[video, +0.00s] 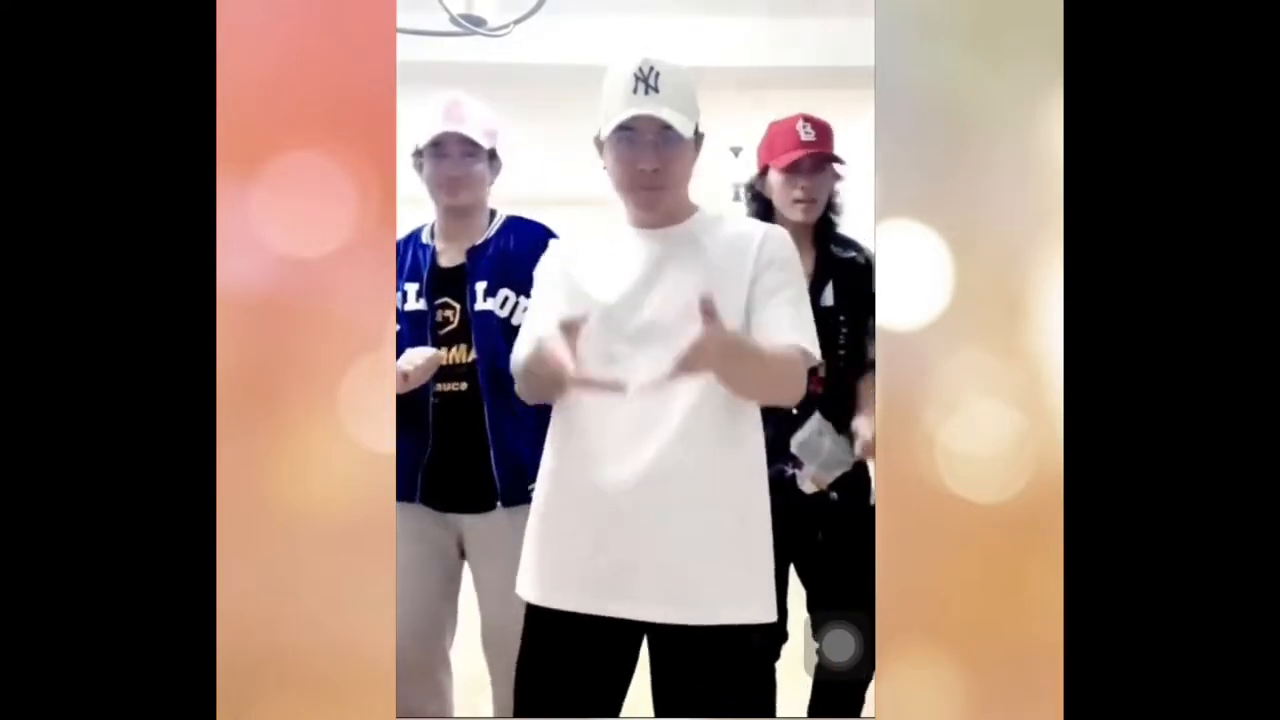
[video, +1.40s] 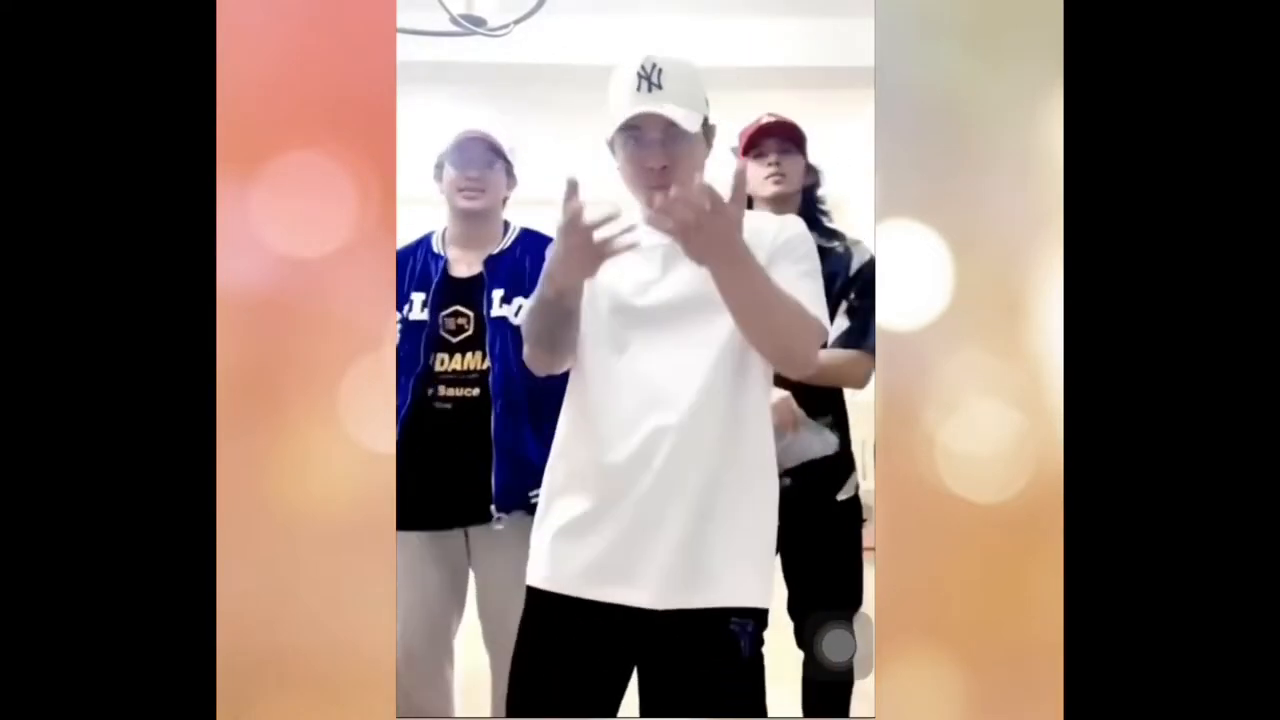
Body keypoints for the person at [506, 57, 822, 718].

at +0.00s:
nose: (647, 157)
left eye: (667, 137)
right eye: (628, 137)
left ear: (697, 150)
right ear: (602, 151)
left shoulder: (755, 248)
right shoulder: (572, 255)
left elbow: (791, 383)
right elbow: (527, 384)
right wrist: (551, 358)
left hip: (714, 568)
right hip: (583, 563)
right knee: (549, 717)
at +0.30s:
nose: (646, 160)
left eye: (667, 141)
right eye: (627, 139)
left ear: (689, 155)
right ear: (593, 152)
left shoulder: (739, 252)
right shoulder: (562, 262)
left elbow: (782, 375)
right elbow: (539, 390)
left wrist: (740, 309)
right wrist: (567, 331)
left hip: (722, 570)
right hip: (591, 572)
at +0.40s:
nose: (646, 153)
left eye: (666, 134)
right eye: (628, 133)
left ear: (688, 148)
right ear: (597, 144)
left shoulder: (726, 243)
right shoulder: (560, 246)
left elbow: (768, 341)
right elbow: (527, 353)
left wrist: (749, 221)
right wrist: (564, 225)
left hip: (722, 568)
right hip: (589, 568)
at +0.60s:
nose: (648, 148)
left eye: (666, 130)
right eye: (629, 128)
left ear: (684, 145)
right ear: (592, 140)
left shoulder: (717, 246)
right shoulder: (539, 233)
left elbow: (765, 349)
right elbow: (514, 339)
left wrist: (762, 239)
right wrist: (572, 225)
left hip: (713, 570)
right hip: (580, 571)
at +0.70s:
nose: (645, 155)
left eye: (664, 137)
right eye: (626, 134)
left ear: (686, 151)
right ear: (591, 146)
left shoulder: (725, 260)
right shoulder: (534, 245)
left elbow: (752, 398)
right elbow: (509, 366)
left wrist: (748, 341)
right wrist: (579, 324)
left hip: (705, 566)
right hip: (577, 568)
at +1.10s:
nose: (650, 159)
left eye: (669, 139)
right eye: (630, 140)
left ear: (703, 147)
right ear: (608, 151)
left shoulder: (750, 259)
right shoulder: (570, 239)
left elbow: (758, 377)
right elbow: (520, 343)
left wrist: (730, 262)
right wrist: (553, 232)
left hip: (696, 563)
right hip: (565, 555)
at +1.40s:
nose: (655, 154)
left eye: (674, 133)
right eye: (636, 136)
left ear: (708, 143)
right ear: (614, 148)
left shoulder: (774, 239)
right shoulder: (588, 244)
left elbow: (801, 357)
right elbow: (541, 360)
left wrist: (725, 256)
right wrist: (560, 284)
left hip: (711, 574)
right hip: (582, 569)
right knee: (541, 716)